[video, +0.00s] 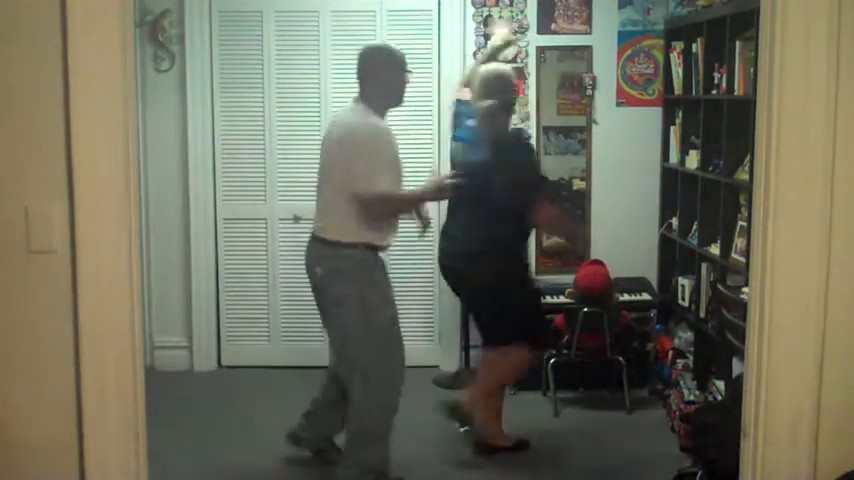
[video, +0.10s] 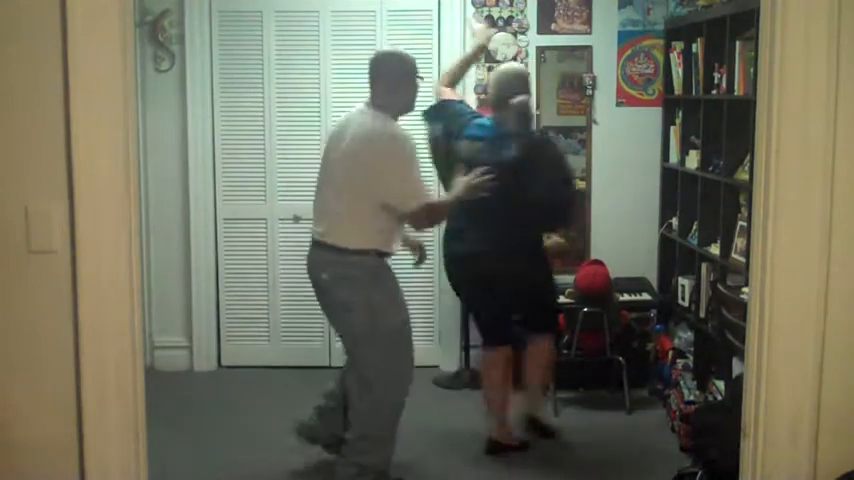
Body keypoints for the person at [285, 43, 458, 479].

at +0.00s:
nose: (407, 84)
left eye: (405, 76)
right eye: (400, 75)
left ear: (369, 79)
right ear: (375, 78)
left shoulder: (348, 122)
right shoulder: (368, 130)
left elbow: (357, 188)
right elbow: (372, 203)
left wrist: (407, 203)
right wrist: (428, 192)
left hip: (332, 254)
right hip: (351, 260)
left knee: (357, 357)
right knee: (381, 365)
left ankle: (312, 435)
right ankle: (367, 468)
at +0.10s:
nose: (418, 89)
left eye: (417, 81)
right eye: (412, 81)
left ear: (376, 83)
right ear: (391, 84)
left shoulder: (346, 127)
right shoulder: (390, 139)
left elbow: (352, 200)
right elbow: (421, 214)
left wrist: (399, 234)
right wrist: (459, 194)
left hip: (329, 260)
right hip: (358, 269)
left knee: (372, 355)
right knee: (389, 367)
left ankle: (329, 424)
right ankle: (366, 467)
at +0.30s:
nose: (427, 86)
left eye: (425, 78)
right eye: (425, 79)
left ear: (382, 82)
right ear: (418, 85)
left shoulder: (344, 131)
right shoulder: (428, 140)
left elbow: (325, 195)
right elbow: (478, 199)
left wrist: (359, 219)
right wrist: (517, 181)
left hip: (339, 266)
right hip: (391, 271)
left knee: (360, 358)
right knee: (400, 369)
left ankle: (351, 455)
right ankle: (369, 464)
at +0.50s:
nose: (423, 87)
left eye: (417, 78)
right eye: (426, 79)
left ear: (392, 84)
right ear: (430, 83)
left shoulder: (360, 129)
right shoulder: (452, 135)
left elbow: (318, 187)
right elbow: (507, 170)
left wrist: (324, 241)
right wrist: (547, 171)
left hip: (360, 268)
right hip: (419, 270)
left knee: (352, 363)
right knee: (421, 356)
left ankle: (347, 458)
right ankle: (410, 449)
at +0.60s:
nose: (440, 88)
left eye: (423, 82)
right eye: (441, 82)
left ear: (404, 84)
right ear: (442, 85)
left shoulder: (376, 128)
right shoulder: (466, 134)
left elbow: (327, 184)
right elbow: (533, 171)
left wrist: (319, 245)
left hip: (374, 264)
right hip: (434, 265)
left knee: (358, 362)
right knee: (433, 353)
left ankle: (348, 462)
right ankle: (469, 454)